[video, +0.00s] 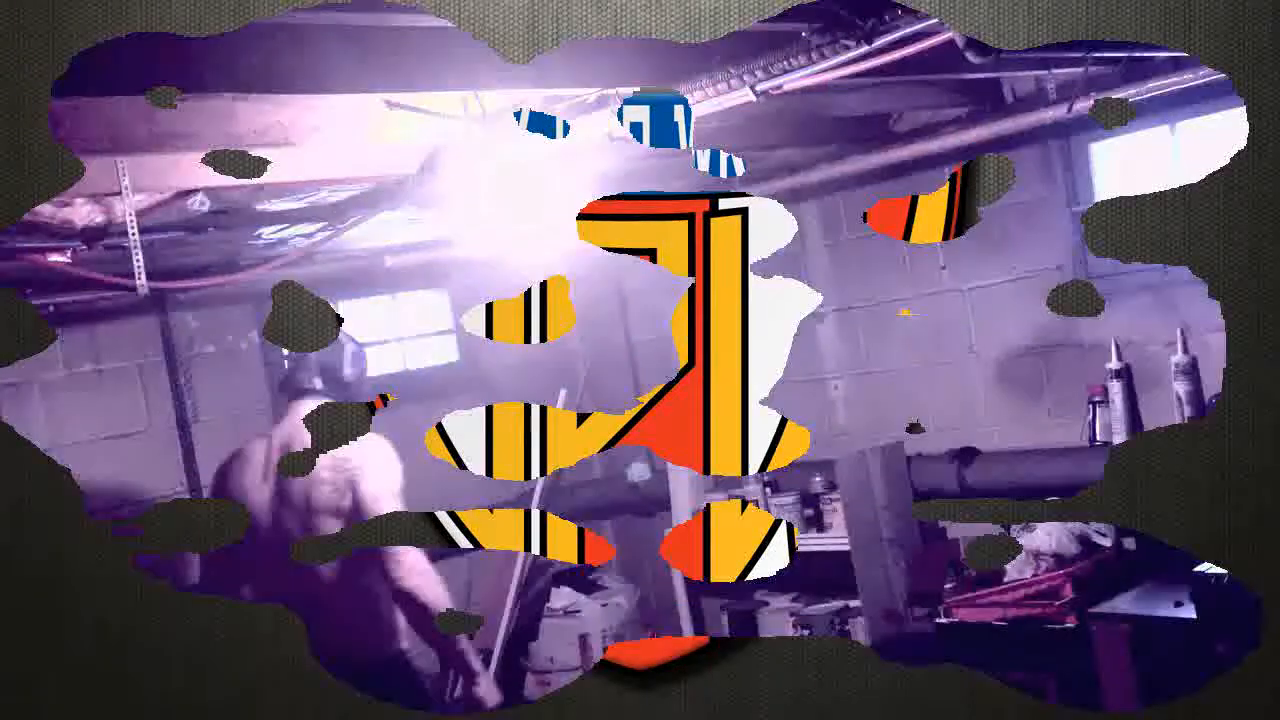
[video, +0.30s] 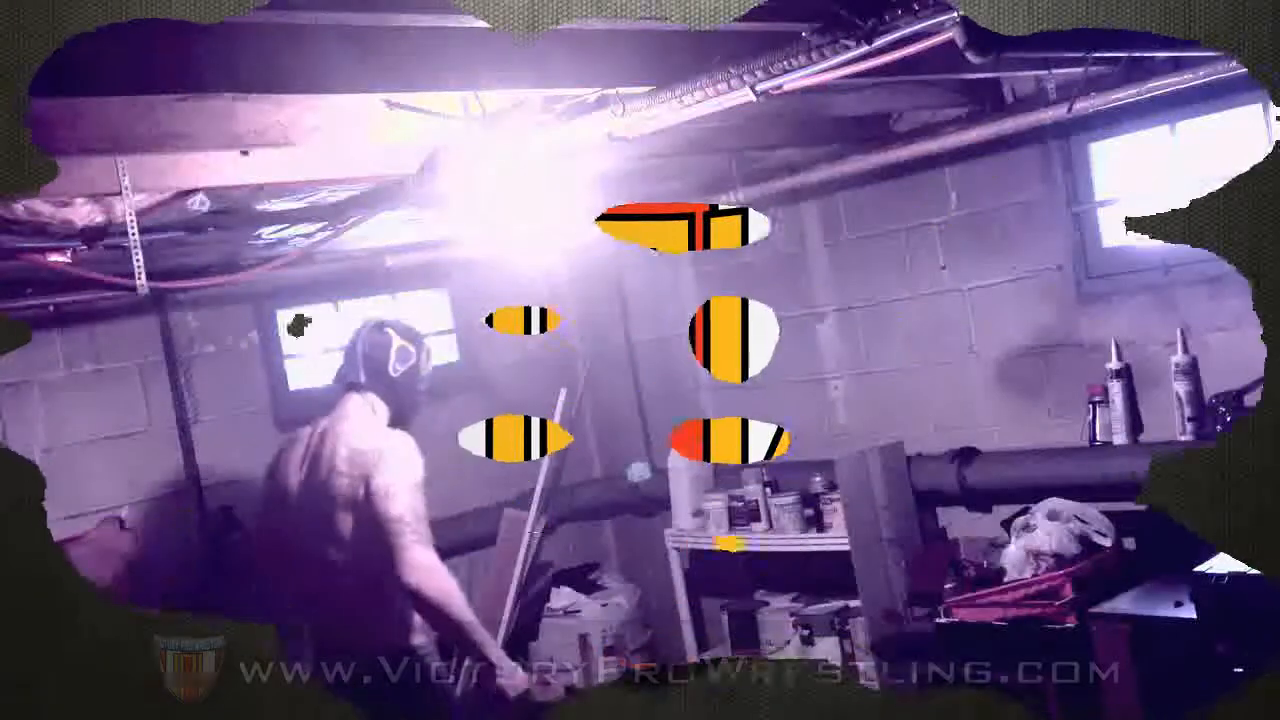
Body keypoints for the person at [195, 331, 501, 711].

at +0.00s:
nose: (372, 396)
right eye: (366, 381)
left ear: (287, 383)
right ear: (349, 381)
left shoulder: (236, 467)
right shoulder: (366, 451)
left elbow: (219, 583)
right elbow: (404, 570)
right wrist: (472, 667)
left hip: (288, 679)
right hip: (379, 671)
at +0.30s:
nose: (424, 394)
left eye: (426, 380)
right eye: (422, 379)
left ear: (352, 369)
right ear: (402, 375)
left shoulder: (290, 450)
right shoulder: (389, 446)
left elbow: (271, 563)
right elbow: (416, 568)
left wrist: (294, 653)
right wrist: (498, 660)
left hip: (331, 663)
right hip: (398, 663)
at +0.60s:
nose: (453, 377)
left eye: (453, 361)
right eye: (446, 360)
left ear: (406, 360)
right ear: (413, 360)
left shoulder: (381, 427)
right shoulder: (369, 433)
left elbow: (376, 550)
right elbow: (362, 561)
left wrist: (431, 643)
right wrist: (428, 656)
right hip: (393, 646)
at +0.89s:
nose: (460, 386)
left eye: (460, 371)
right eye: (448, 369)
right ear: (412, 368)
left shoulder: (415, 438)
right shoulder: (358, 436)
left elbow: (444, 530)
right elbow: (311, 550)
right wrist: (340, 650)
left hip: (427, 626)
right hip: (375, 634)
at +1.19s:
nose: (441, 394)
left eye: (445, 380)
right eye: (426, 381)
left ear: (451, 375)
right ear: (392, 381)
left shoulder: (442, 445)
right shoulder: (342, 446)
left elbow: (473, 533)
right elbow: (294, 554)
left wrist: (531, 605)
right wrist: (302, 664)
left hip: (440, 634)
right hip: (370, 640)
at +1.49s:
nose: (398, 403)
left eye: (405, 388)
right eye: (380, 392)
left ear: (415, 381)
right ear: (350, 392)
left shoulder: (439, 443)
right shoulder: (310, 460)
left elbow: (469, 543)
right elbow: (279, 573)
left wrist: (499, 630)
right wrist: (293, 669)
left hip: (446, 640)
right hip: (361, 648)